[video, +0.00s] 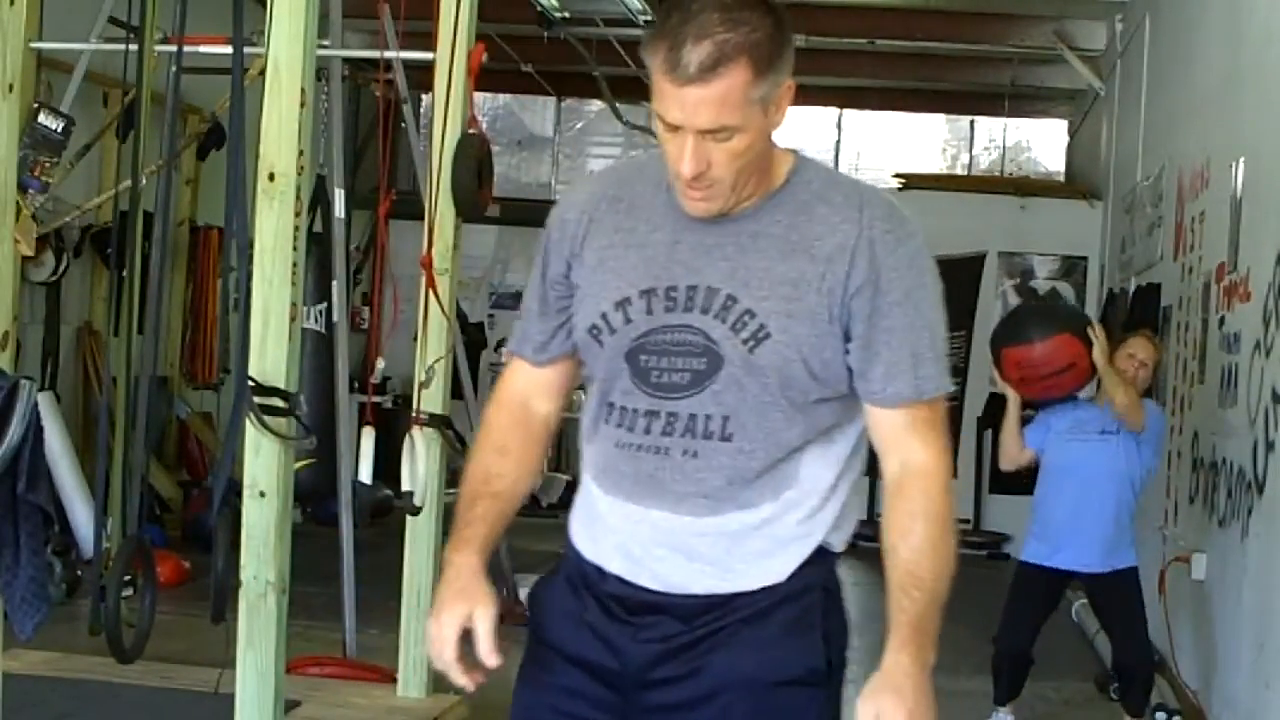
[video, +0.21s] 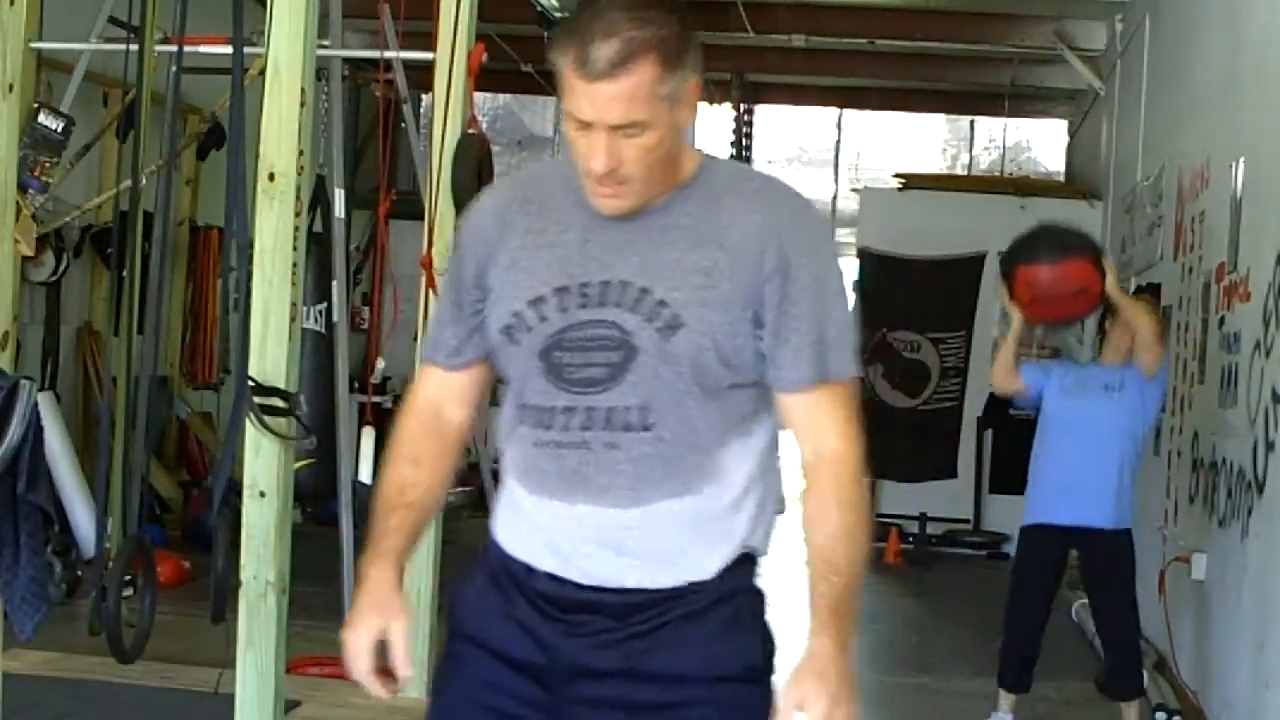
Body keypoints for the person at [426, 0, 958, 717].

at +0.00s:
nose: (688, 164)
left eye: (720, 134)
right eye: (668, 128)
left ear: (780, 104)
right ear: (653, 96)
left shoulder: (865, 235)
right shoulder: (590, 214)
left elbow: (914, 462)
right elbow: (528, 394)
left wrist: (908, 665)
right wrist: (465, 556)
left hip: (760, 635)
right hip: (587, 620)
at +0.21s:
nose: (601, 159)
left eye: (632, 130)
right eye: (581, 126)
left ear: (689, 101)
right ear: (561, 100)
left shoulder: (776, 232)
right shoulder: (498, 221)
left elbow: (831, 456)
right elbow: (439, 405)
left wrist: (829, 649)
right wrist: (380, 568)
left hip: (691, 635)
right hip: (511, 624)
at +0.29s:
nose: (570, 158)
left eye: (600, 128)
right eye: (550, 125)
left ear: (657, 100)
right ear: (530, 102)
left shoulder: (748, 224)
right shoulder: (476, 218)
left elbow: (799, 447)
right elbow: (411, 407)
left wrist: (797, 647)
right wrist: (357, 571)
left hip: (676, 629)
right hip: (496, 622)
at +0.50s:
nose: (515, 159)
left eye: (541, 125)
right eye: (490, 126)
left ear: (598, 91)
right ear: (470, 105)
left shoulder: (706, 208)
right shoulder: (423, 226)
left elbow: (762, 419)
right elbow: (362, 409)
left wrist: (735, 606)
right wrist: (304, 584)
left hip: (657, 621)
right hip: (479, 617)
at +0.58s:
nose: (508, 163)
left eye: (532, 129)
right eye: (483, 132)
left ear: (591, 96)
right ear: (463, 114)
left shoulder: (703, 208)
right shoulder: (426, 237)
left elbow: (769, 416)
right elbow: (362, 420)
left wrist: (732, 599)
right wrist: (297, 595)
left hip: (665, 625)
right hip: (489, 622)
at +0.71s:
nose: (524, 180)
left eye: (547, 145)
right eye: (500, 150)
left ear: (607, 108)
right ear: (479, 132)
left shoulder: (727, 223)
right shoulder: (459, 256)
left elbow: (796, 441)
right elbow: (397, 439)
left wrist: (747, 633)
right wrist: (322, 612)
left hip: (699, 634)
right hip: (523, 626)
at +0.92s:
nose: (573, 211)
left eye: (595, 177)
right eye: (548, 182)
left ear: (659, 138)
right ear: (530, 162)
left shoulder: (782, 255)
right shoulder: (525, 269)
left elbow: (831, 492)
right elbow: (478, 462)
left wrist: (768, 700)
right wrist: (418, 641)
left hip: (750, 631)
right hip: (583, 621)